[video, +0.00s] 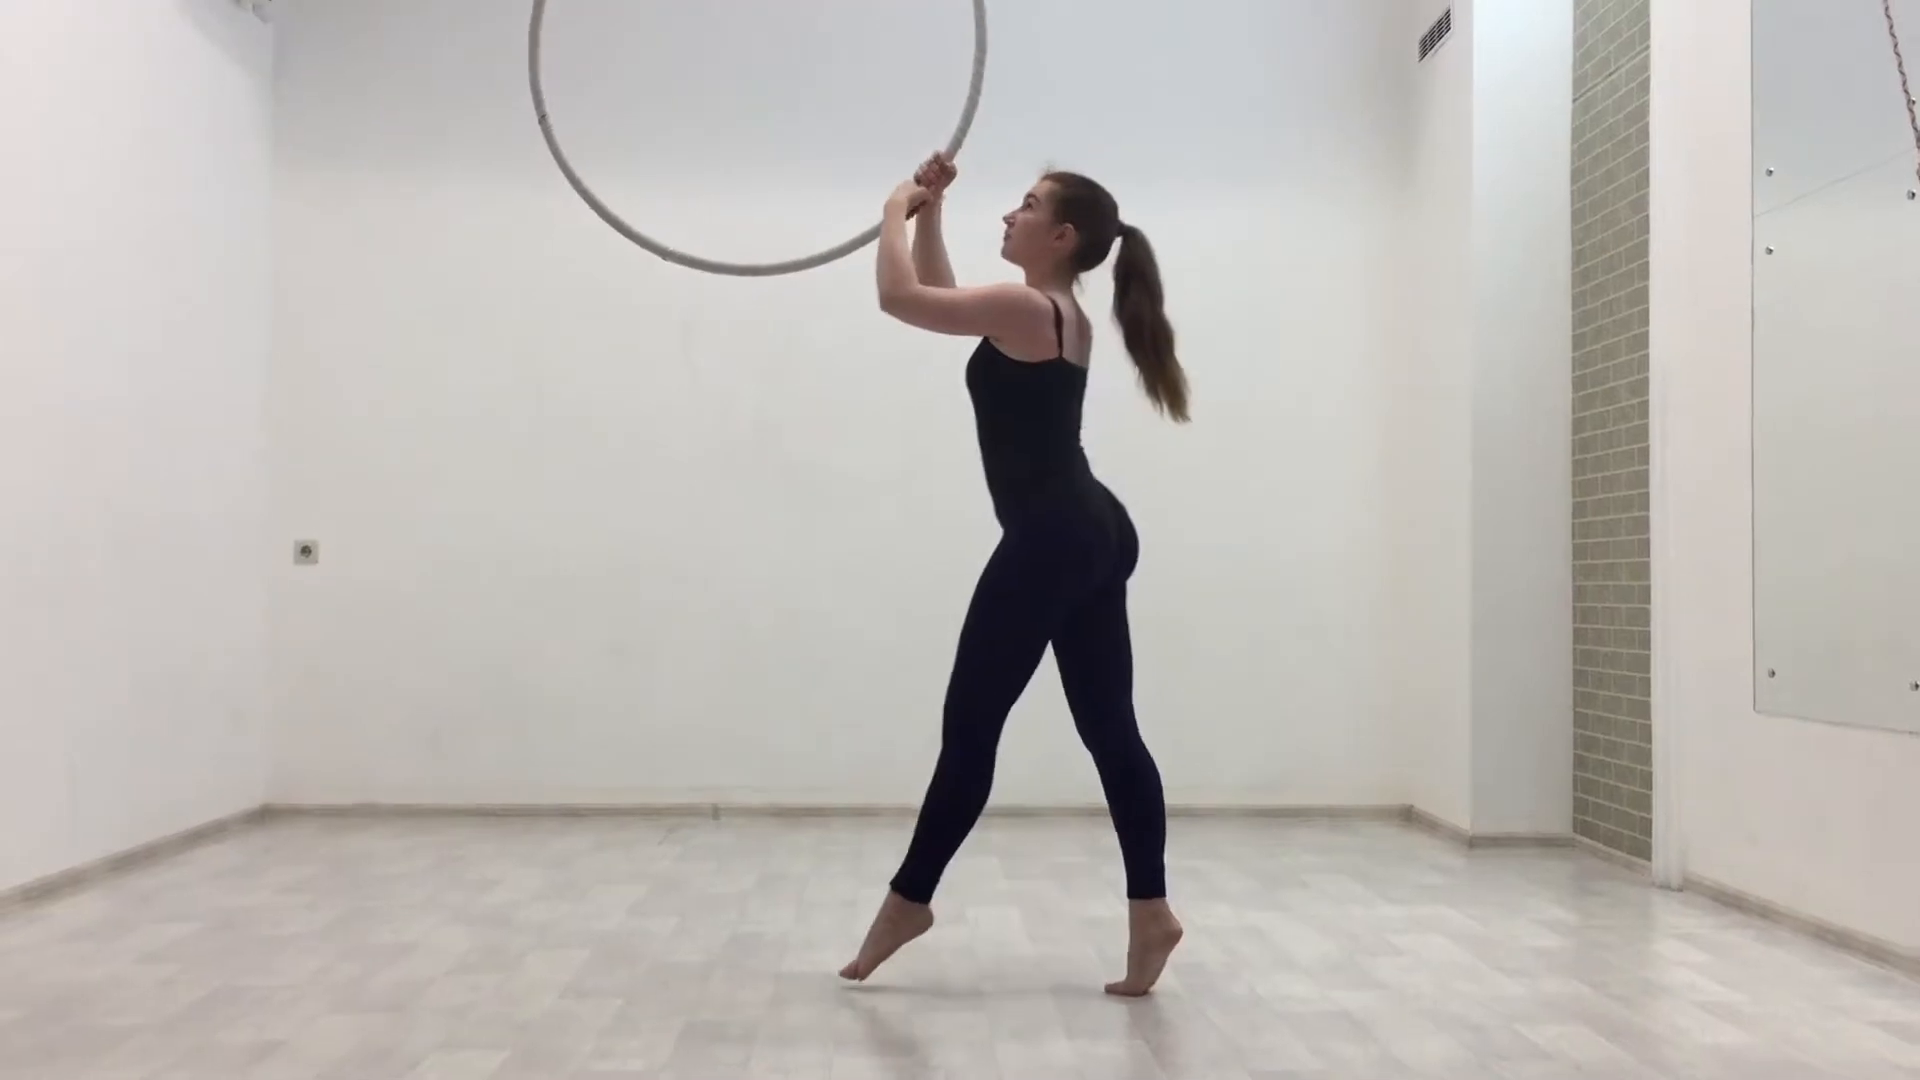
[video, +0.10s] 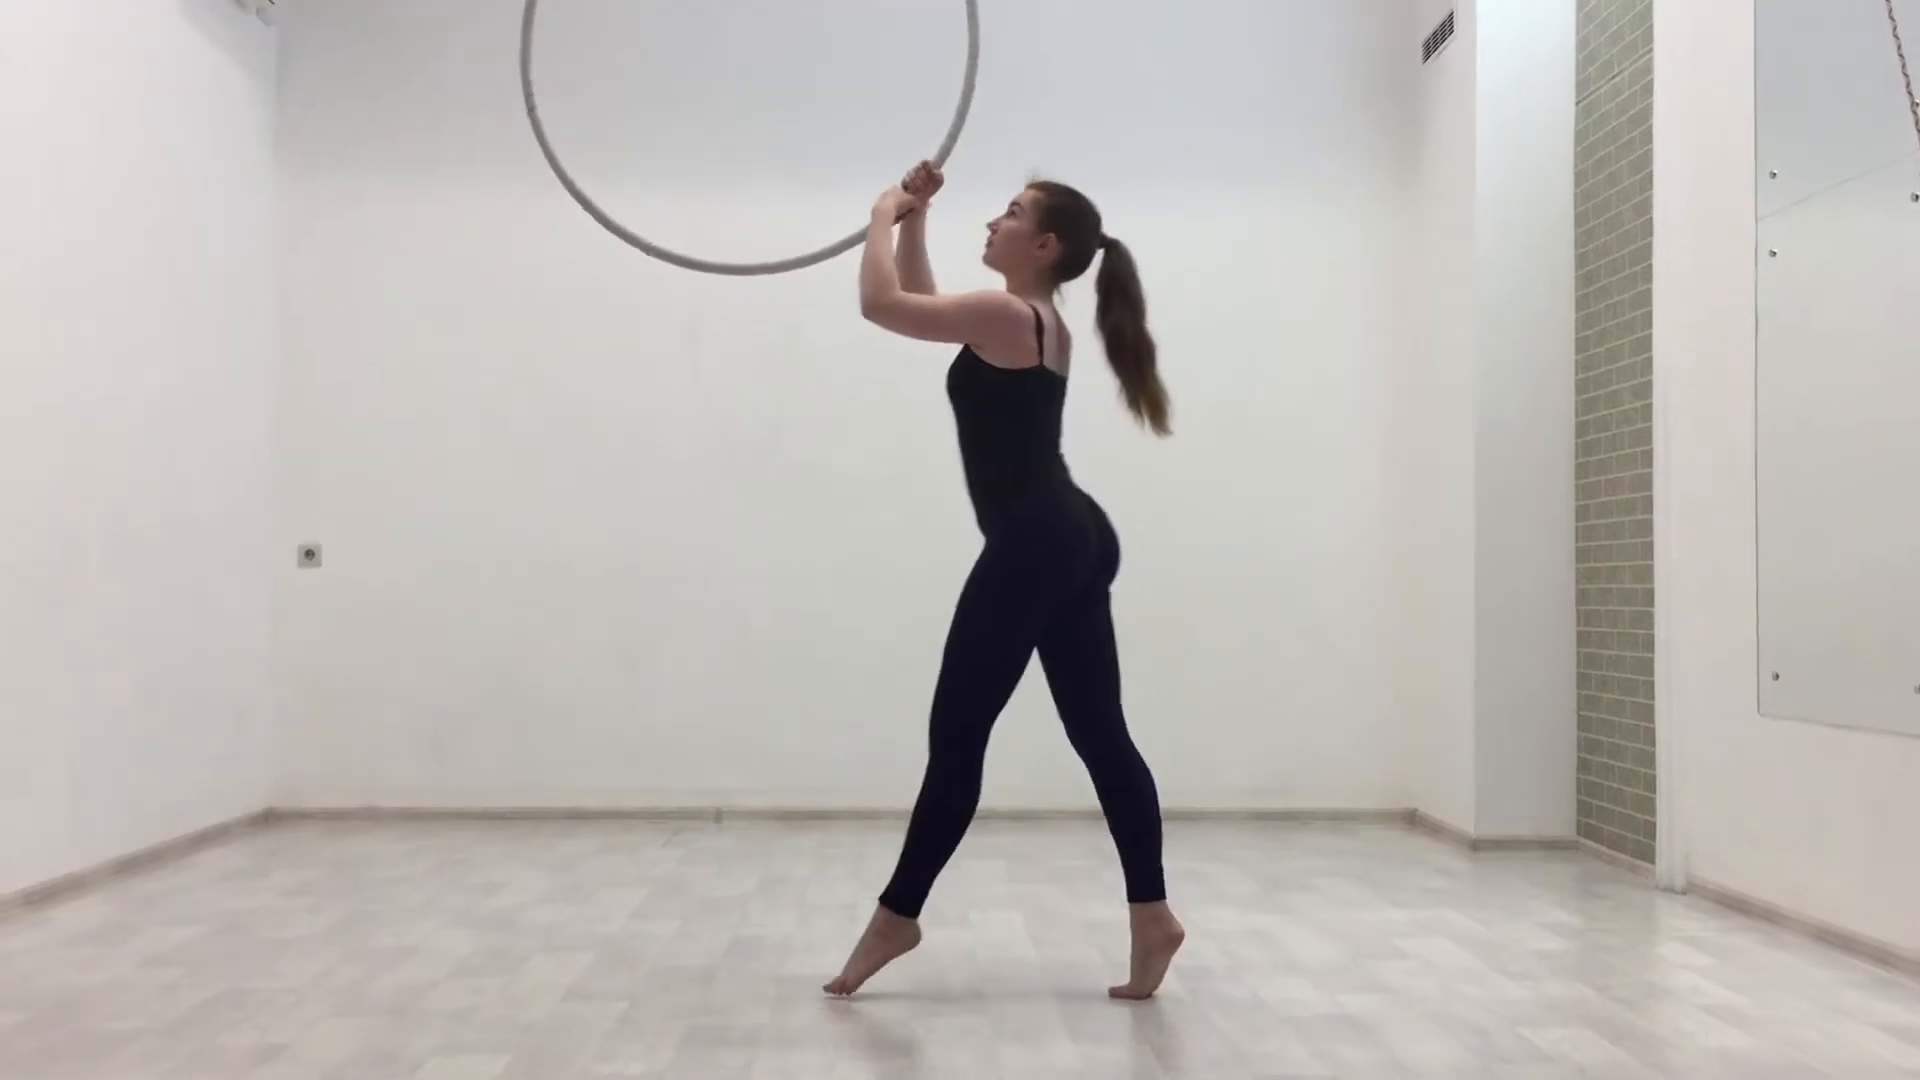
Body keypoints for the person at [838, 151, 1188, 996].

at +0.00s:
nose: (1010, 215)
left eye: (1028, 208)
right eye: (1019, 203)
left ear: (1063, 237)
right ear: (1066, 242)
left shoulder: (1018, 308)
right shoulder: (1069, 316)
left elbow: (900, 298)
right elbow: (942, 294)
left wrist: (895, 214)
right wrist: (932, 207)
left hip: (1042, 546)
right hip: (1096, 535)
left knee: (970, 724)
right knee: (1112, 729)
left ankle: (908, 900)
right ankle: (1151, 909)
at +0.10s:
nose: (993, 222)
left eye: (1012, 216)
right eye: (1004, 210)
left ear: (1043, 247)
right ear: (1047, 252)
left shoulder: (1001, 315)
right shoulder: (1046, 323)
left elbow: (880, 304)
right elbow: (923, 299)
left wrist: (884, 219)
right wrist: (913, 211)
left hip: (1024, 553)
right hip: (1074, 544)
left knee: (957, 735)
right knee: (1102, 735)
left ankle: (896, 914)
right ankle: (1152, 914)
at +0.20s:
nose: (982, 228)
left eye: (999, 222)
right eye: (992, 217)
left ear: (1032, 256)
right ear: (1034, 259)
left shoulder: (987, 321)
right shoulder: (1028, 329)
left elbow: (867, 308)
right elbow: (910, 306)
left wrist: (873, 223)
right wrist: (902, 218)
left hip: (1011, 559)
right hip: (1057, 551)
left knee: (945, 741)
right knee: (1093, 738)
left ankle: (886, 923)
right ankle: (1152, 916)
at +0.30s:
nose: (967, 238)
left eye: (986, 234)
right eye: (979, 228)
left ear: (1017, 270)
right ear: (1012, 273)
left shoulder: (976, 336)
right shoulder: (989, 335)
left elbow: (852, 310)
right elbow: (875, 308)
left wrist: (858, 224)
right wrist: (883, 224)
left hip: (991, 569)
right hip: (1019, 560)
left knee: (918, 741)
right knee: (1066, 746)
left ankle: (882, 935)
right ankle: (1145, 915)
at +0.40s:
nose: (963, 244)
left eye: (982, 243)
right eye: (974, 235)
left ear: (1009, 281)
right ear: (1002, 281)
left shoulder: (974, 344)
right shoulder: (960, 337)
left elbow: (851, 315)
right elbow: (846, 315)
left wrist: (853, 229)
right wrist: (870, 225)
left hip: (965, 579)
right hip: (965, 571)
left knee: (909, 754)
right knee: (1000, 757)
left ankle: (895, 950)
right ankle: (1119, 898)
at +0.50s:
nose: (974, 247)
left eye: (996, 248)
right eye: (983, 239)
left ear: (1020, 289)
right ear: (998, 281)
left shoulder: (988, 349)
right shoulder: (939, 342)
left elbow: (879, 333)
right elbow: (836, 319)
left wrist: (858, 241)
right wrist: (868, 235)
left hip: (961, 572)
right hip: (909, 570)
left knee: (923, 761)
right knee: (880, 758)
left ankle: (908, 956)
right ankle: (1005, 887)